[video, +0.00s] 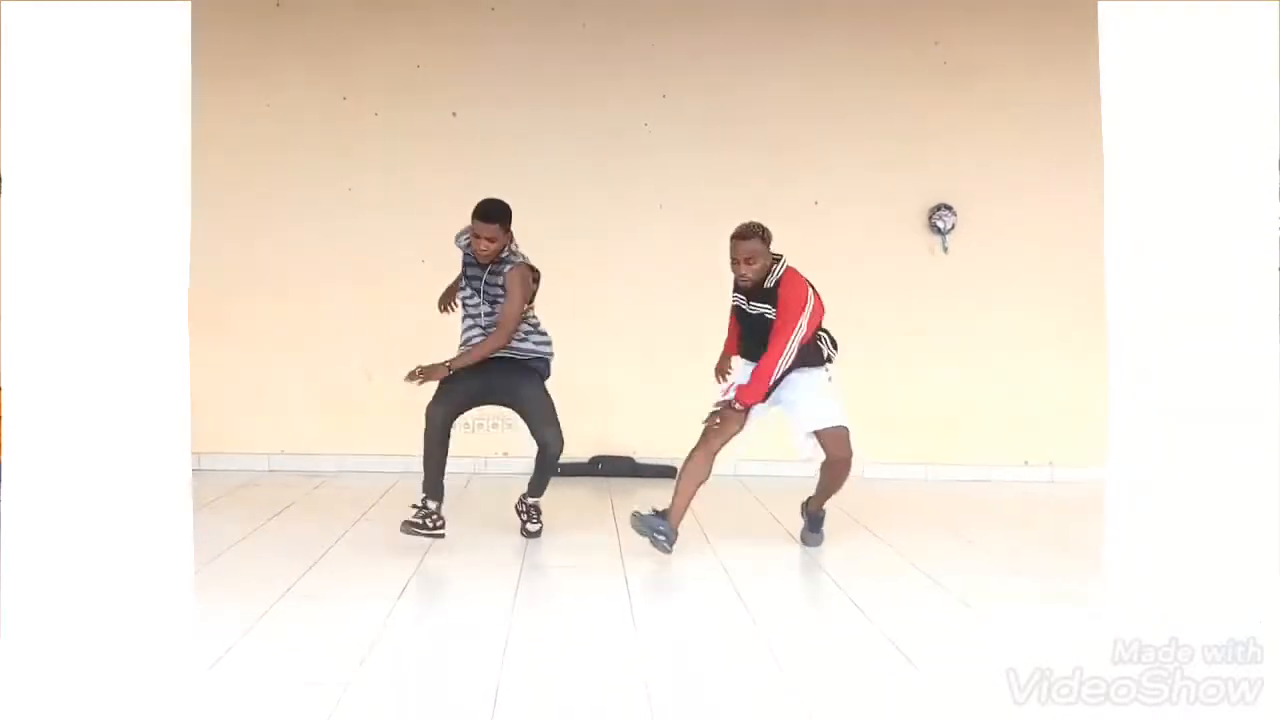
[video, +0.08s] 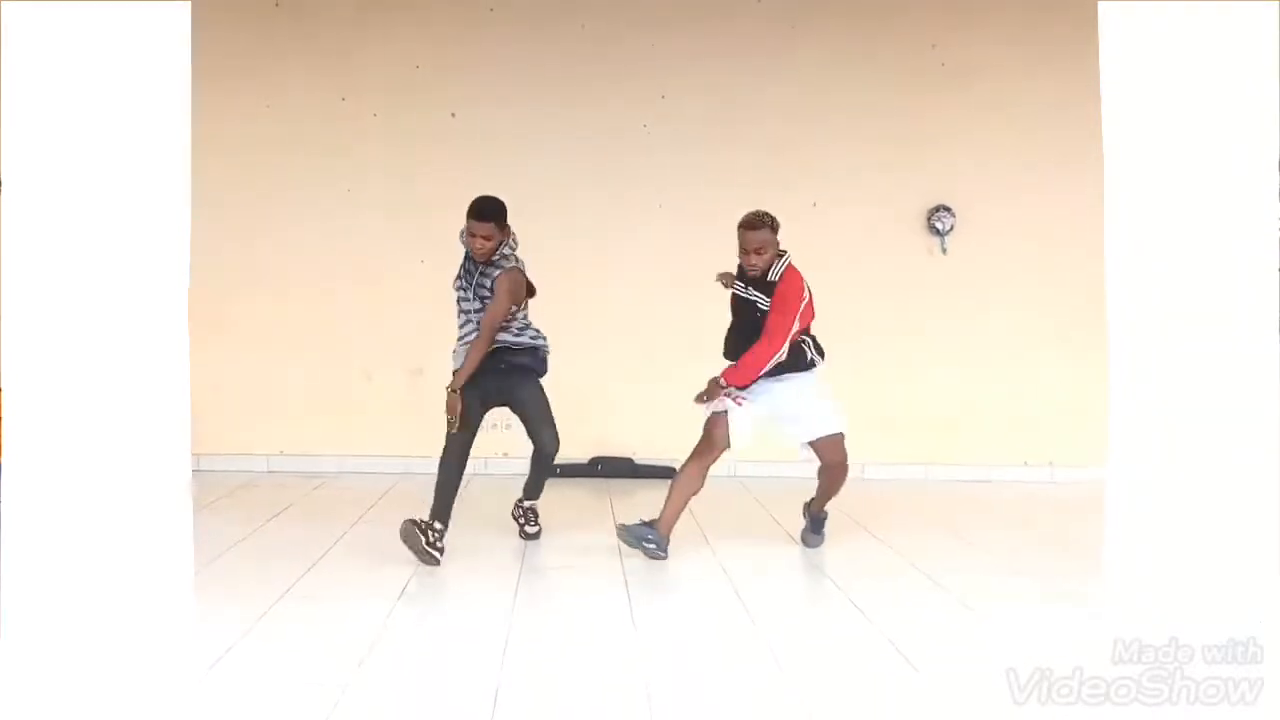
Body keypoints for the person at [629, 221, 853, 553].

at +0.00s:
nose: (741, 270)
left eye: (750, 262)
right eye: (735, 262)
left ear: (769, 257)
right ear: (730, 258)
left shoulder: (796, 290)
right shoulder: (741, 279)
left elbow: (782, 351)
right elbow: (738, 317)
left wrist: (743, 400)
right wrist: (728, 352)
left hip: (804, 372)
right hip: (753, 367)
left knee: (841, 455)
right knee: (712, 436)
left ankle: (814, 508)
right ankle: (670, 523)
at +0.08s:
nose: (751, 259)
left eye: (760, 252)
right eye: (745, 251)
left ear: (777, 247)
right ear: (738, 247)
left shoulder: (790, 282)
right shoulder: (746, 271)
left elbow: (774, 343)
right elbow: (749, 285)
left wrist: (725, 381)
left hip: (797, 378)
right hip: (746, 378)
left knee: (836, 463)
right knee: (708, 446)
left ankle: (816, 510)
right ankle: (660, 532)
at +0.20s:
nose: (760, 264)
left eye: (769, 257)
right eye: (754, 256)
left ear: (784, 251)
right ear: (746, 249)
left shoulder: (796, 274)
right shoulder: (747, 261)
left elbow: (792, 322)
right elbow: (743, 233)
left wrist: (740, 308)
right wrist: (735, 209)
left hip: (797, 382)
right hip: (749, 380)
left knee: (830, 458)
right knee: (704, 442)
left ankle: (825, 511)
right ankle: (664, 529)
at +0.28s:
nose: (765, 274)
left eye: (774, 266)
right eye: (759, 265)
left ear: (790, 263)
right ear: (750, 261)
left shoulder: (800, 287)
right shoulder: (750, 273)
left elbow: (800, 330)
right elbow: (738, 252)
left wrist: (752, 326)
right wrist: (729, 229)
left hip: (796, 385)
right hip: (750, 380)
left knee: (822, 455)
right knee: (701, 423)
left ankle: (824, 511)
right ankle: (682, 516)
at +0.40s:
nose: (787, 315)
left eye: (796, 308)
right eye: (781, 306)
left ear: (811, 305)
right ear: (773, 300)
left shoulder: (822, 343)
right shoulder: (758, 313)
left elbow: (833, 397)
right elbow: (719, 334)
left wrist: (821, 450)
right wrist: (707, 332)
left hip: (798, 419)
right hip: (754, 409)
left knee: (825, 473)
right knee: (715, 419)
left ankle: (815, 513)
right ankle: (746, 494)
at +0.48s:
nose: (794, 346)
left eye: (804, 340)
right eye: (788, 337)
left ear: (817, 339)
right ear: (780, 331)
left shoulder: (826, 378)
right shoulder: (755, 350)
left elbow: (848, 433)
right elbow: (715, 384)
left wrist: (872, 487)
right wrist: (719, 388)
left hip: (801, 444)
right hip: (755, 439)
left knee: (827, 463)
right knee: (716, 451)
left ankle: (818, 513)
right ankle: (755, 504)